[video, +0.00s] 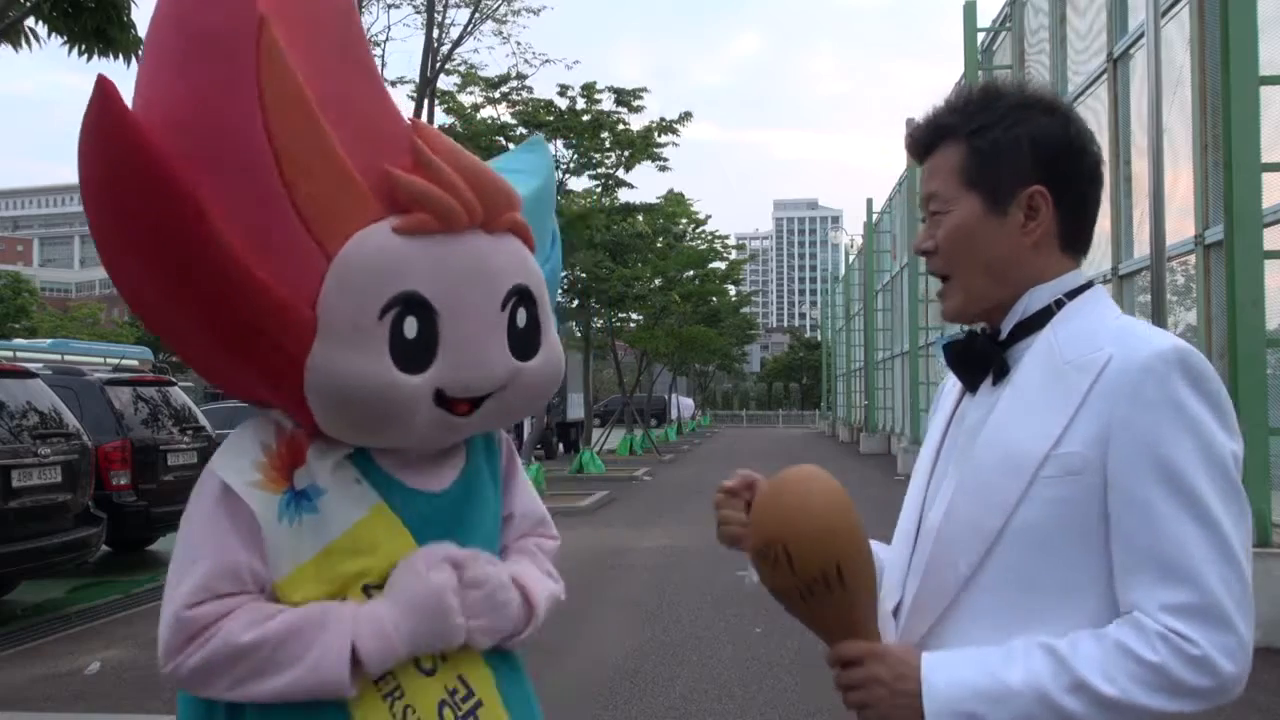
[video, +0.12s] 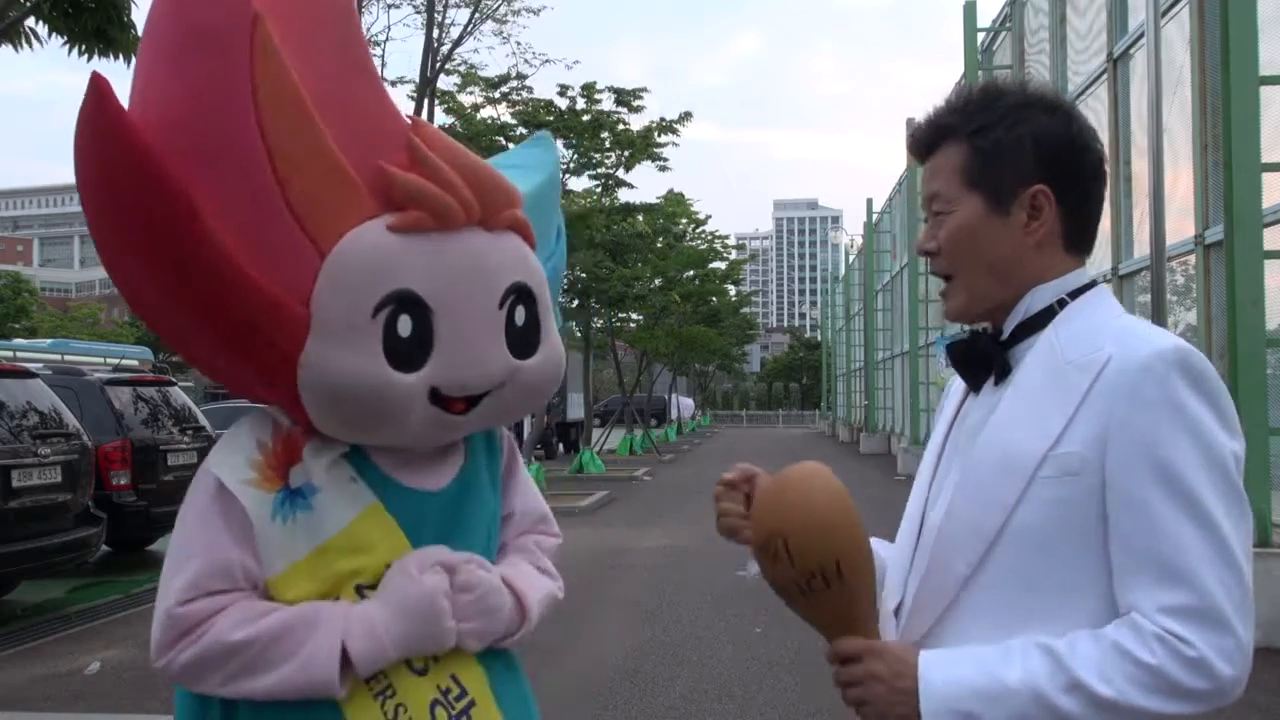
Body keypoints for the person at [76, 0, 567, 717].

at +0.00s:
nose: (472, 374)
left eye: (516, 322)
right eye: (413, 329)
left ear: (541, 317)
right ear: (315, 324)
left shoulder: (491, 456)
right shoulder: (254, 468)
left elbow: (539, 552)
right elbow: (196, 638)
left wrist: (508, 596)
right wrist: (385, 627)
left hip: (487, 706)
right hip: (309, 713)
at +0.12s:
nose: (468, 372)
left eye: (514, 320)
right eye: (408, 327)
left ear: (540, 314)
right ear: (310, 324)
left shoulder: (490, 452)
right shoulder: (251, 463)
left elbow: (538, 548)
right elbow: (187, 632)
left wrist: (508, 598)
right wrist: (374, 629)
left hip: (484, 705)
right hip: (302, 711)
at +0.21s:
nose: (466, 369)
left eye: (513, 316)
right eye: (403, 323)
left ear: (542, 313)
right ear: (306, 323)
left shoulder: (497, 446)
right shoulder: (254, 456)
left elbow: (549, 543)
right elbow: (188, 626)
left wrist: (510, 594)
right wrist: (369, 625)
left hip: (489, 707)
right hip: (299, 710)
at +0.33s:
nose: (464, 364)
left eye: (511, 312)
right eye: (398, 322)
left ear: (544, 309)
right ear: (300, 321)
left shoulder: (504, 443)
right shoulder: (254, 457)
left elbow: (557, 545)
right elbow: (190, 626)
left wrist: (512, 596)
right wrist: (370, 626)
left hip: (494, 707)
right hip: (302, 710)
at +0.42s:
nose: (463, 365)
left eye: (511, 313)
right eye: (395, 324)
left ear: (544, 311)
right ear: (299, 323)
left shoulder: (505, 443)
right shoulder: (254, 458)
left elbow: (559, 546)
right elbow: (191, 625)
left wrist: (512, 598)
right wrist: (367, 628)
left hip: (494, 708)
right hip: (302, 711)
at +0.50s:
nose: (461, 366)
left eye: (509, 314)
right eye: (390, 325)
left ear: (545, 311)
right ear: (299, 326)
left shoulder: (507, 443)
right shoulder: (254, 457)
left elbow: (560, 551)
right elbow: (192, 625)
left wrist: (514, 606)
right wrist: (360, 639)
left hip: (497, 705)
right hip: (310, 711)